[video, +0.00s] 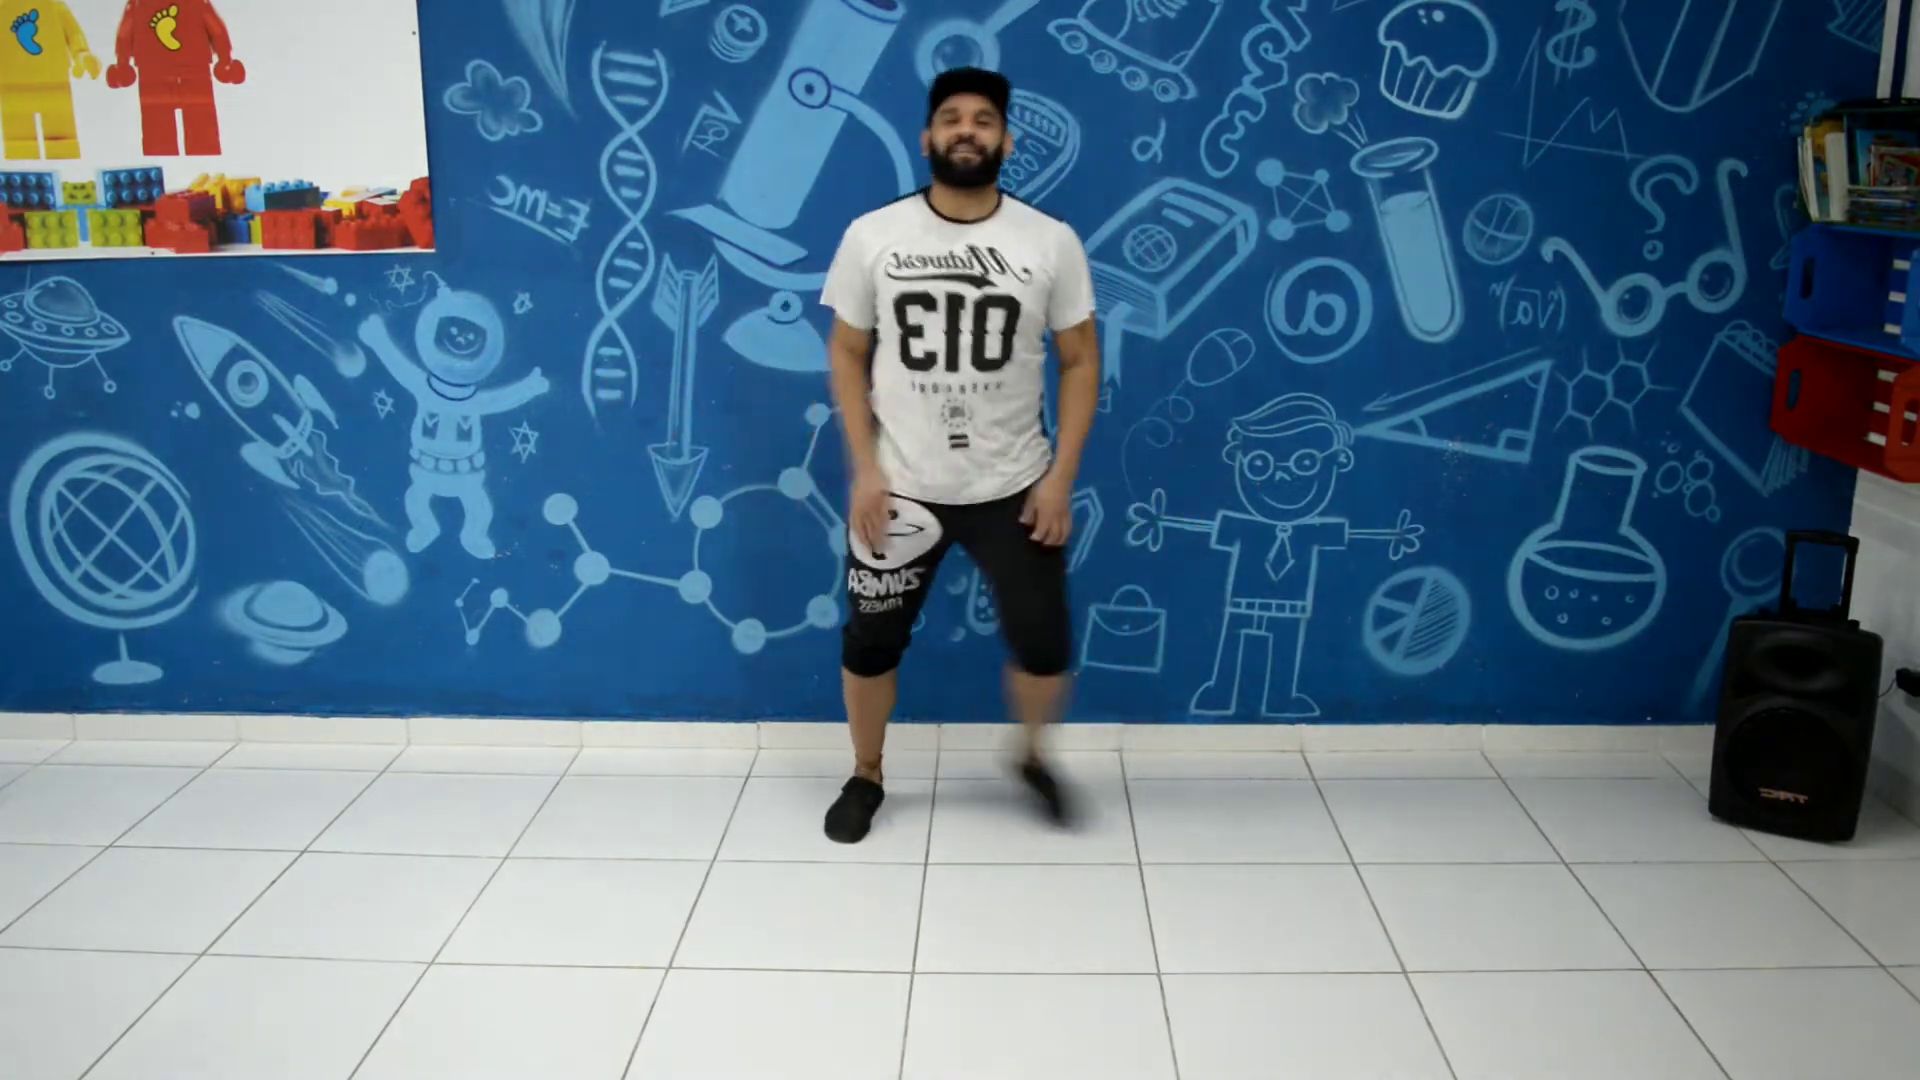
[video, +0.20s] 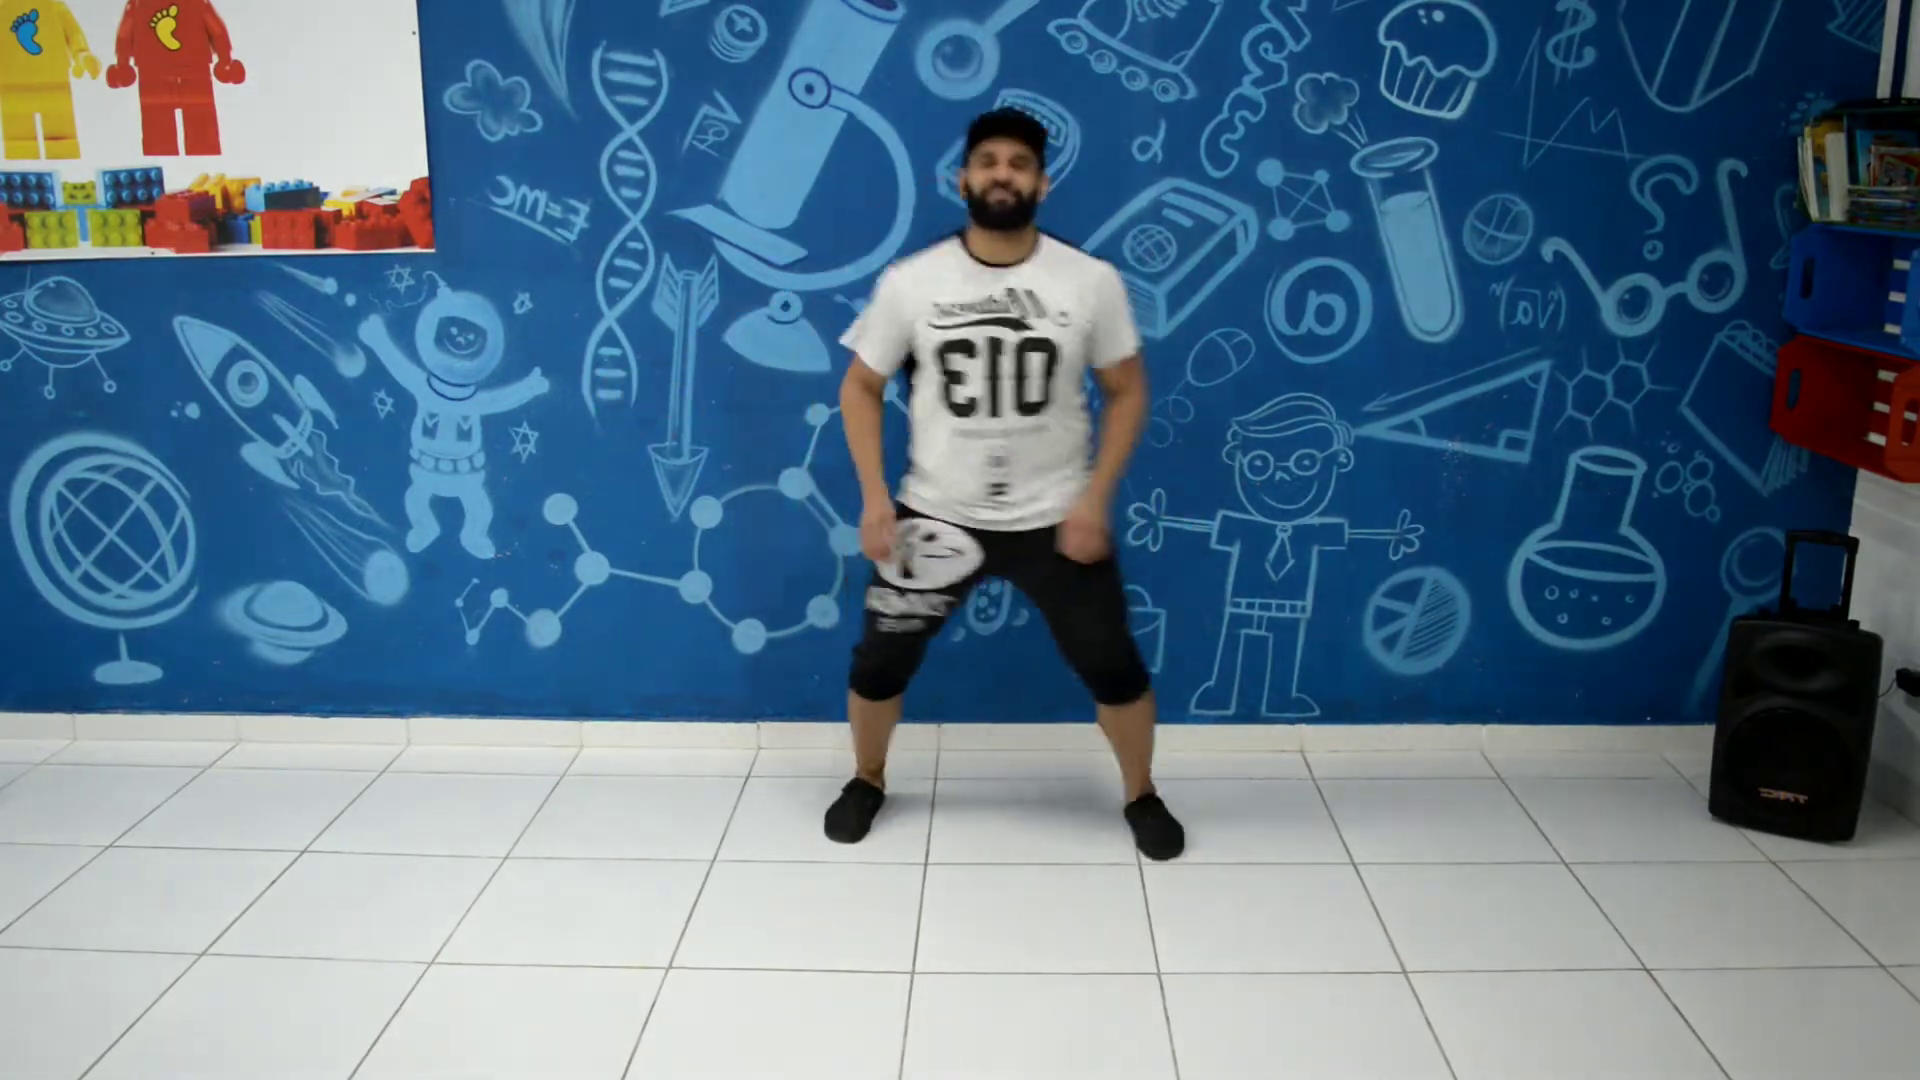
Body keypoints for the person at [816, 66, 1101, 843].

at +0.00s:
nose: (966, 131)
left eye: (983, 121)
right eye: (951, 120)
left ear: (1005, 142)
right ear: (928, 138)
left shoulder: (1051, 244)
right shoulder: (872, 238)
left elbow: (1080, 364)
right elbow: (848, 357)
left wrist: (1061, 476)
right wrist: (864, 471)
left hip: (1013, 485)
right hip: (902, 483)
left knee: (1045, 641)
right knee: (870, 640)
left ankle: (1031, 756)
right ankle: (865, 775)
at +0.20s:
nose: (1002, 176)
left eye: (1020, 165)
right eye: (987, 163)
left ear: (1042, 184)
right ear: (964, 179)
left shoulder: (1090, 283)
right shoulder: (911, 282)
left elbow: (1128, 391)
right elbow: (859, 388)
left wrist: (1095, 499)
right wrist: (873, 499)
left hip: (1057, 518)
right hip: (939, 515)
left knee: (1113, 665)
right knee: (879, 664)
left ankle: (1142, 796)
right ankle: (866, 781)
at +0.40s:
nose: (1044, 133)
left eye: (1060, 123)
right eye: (1029, 123)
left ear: (1083, 140)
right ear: (1006, 142)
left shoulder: (1137, 234)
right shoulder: (954, 247)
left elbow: (1182, 345)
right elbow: (909, 358)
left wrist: (1169, 448)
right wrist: (947, 461)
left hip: (1109, 485)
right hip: (995, 485)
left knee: (1133, 647)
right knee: (956, 646)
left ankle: (1144, 788)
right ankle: (991, 750)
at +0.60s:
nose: (1063, 176)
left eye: (1078, 161)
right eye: (1048, 162)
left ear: (1102, 168)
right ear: (1027, 172)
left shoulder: (1151, 264)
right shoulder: (982, 276)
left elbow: (1177, 389)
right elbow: (980, 400)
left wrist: (1128, 406)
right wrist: (1063, 410)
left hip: (1136, 503)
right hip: (1033, 513)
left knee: (1157, 668)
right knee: (1050, 681)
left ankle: (1149, 791)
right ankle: (1128, 746)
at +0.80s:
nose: (1045, 148)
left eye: (1059, 132)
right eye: (1027, 136)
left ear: (1082, 139)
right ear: (1005, 148)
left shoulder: (1138, 235)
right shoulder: (959, 250)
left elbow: (1195, 327)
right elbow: (904, 347)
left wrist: (1232, 395)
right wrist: (870, 416)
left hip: (1110, 487)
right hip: (999, 487)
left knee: (1132, 647)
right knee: (960, 655)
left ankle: (1146, 791)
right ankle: (1004, 745)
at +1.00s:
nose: (1000, 184)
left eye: (1016, 170)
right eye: (983, 172)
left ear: (1041, 183)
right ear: (960, 188)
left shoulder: (1092, 274)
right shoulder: (909, 283)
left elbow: (1143, 338)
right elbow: (839, 334)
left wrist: (1173, 408)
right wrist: (820, 414)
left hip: (1063, 521)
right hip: (943, 520)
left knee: (1117, 673)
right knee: (868, 670)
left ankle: (1145, 797)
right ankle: (850, 793)